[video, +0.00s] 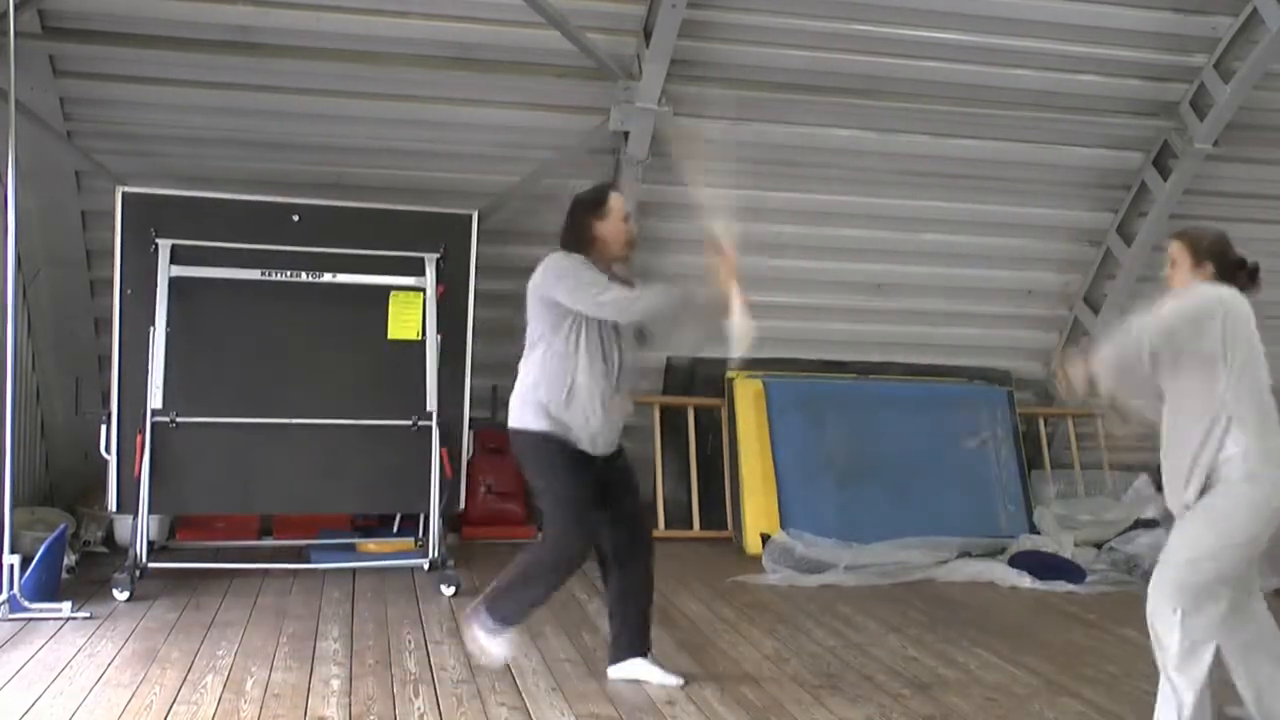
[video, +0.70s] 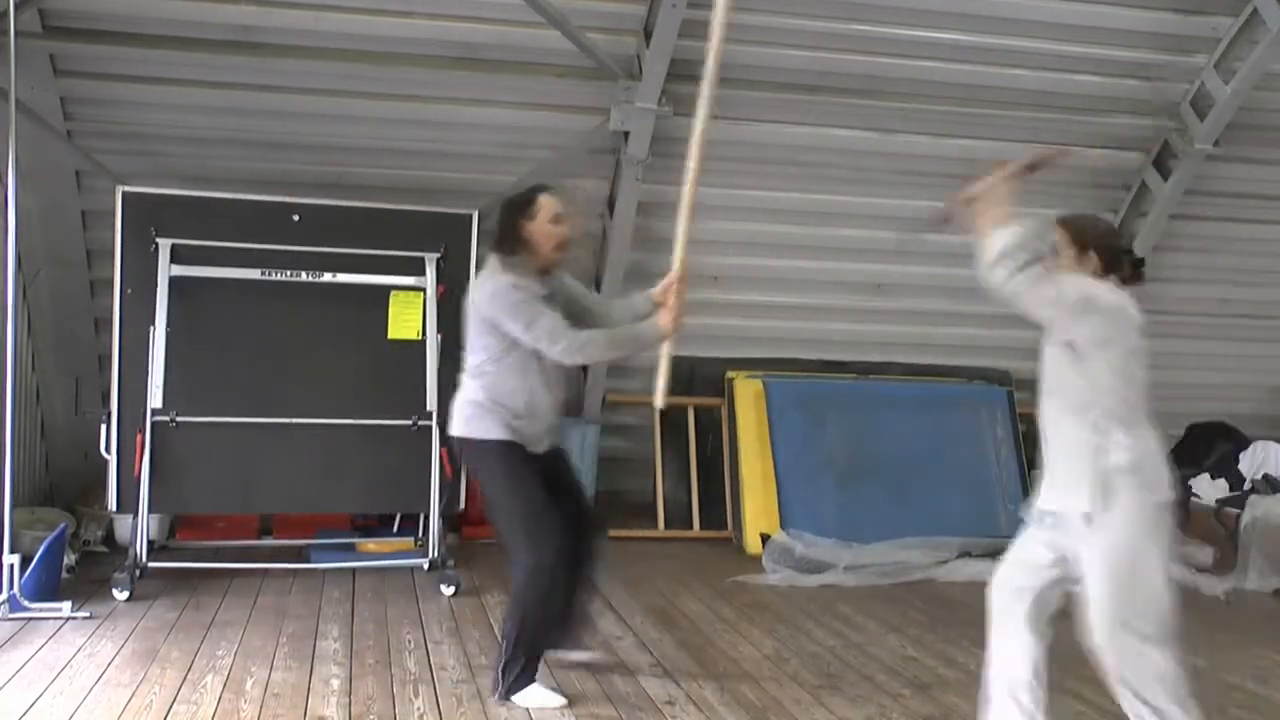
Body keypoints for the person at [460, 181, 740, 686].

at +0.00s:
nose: (631, 227)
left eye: (630, 218)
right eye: (622, 218)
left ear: (605, 228)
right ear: (592, 225)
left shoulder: (622, 291)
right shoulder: (557, 270)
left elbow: (666, 333)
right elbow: (627, 307)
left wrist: (721, 308)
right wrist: (703, 293)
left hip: (597, 435)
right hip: (544, 426)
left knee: (629, 539)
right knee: (572, 537)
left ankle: (629, 657)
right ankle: (490, 618)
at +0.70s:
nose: (565, 230)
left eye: (566, 221)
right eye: (554, 220)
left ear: (555, 230)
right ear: (521, 228)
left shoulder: (547, 281)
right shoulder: (496, 288)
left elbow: (602, 313)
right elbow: (568, 347)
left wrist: (653, 298)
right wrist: (655, 330)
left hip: (532, 435)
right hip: (488, 434)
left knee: (577, 529)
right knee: (542, 546)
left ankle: (559, 636)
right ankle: (515, 682)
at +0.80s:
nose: (522, 233)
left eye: (523, 223)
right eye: (511, 223)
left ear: (519, 232)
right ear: (480, 229)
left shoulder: (511, 281)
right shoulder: (462, 287)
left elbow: (568, 281)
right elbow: (531, 329)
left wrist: (628, 276)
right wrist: (614, 304)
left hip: (500, 430)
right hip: (464, 429)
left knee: (512, 537)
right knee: (507, 543)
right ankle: (514, 681)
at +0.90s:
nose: (493, 242)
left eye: (496, 232)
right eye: (484, 232)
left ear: (481, 233)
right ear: (453, 231)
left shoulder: (462, 274)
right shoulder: (446, 283)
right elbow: (531, 278)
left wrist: (571, 196)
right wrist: (582, 214)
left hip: (474, 430)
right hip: (449, 432)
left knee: (464, 546)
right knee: (488, 545)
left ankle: (396, 624)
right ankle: (506, 678)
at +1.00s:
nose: (481, 239)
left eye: (480, 229)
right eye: (475, 228)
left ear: (449, 230)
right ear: (452, 229)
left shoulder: (439, 274)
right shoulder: (436, 274)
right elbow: (491, 219)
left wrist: (470, 149)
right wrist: (497, 153)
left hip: (435, 430)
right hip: (421, 431)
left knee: (440, 539)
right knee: (476, 532)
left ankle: (393, 632)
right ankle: (444, 643)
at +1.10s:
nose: (466, 227)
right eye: (456, 216)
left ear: (424, 217)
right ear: (436, 218)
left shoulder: (433, 260)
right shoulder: (422, 257)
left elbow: (458, 206)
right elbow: (463, 203)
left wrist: (423, 157)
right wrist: (419, 156)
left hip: (431, 418)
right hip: (408, 420)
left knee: (436, 530)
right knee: (456, 532)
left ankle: (405, 624)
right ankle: (393, 637)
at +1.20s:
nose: (466, 229)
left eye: (470, 221)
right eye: (459, 218)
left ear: (456, 226)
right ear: (433, 211)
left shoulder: (434, 268)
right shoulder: (398, 246)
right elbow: (428, 168)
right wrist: (390, 137)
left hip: (407, 410)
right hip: (384, 409)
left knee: (414, 529)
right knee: (414, 532)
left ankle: (378, 626)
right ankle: (388, 657)